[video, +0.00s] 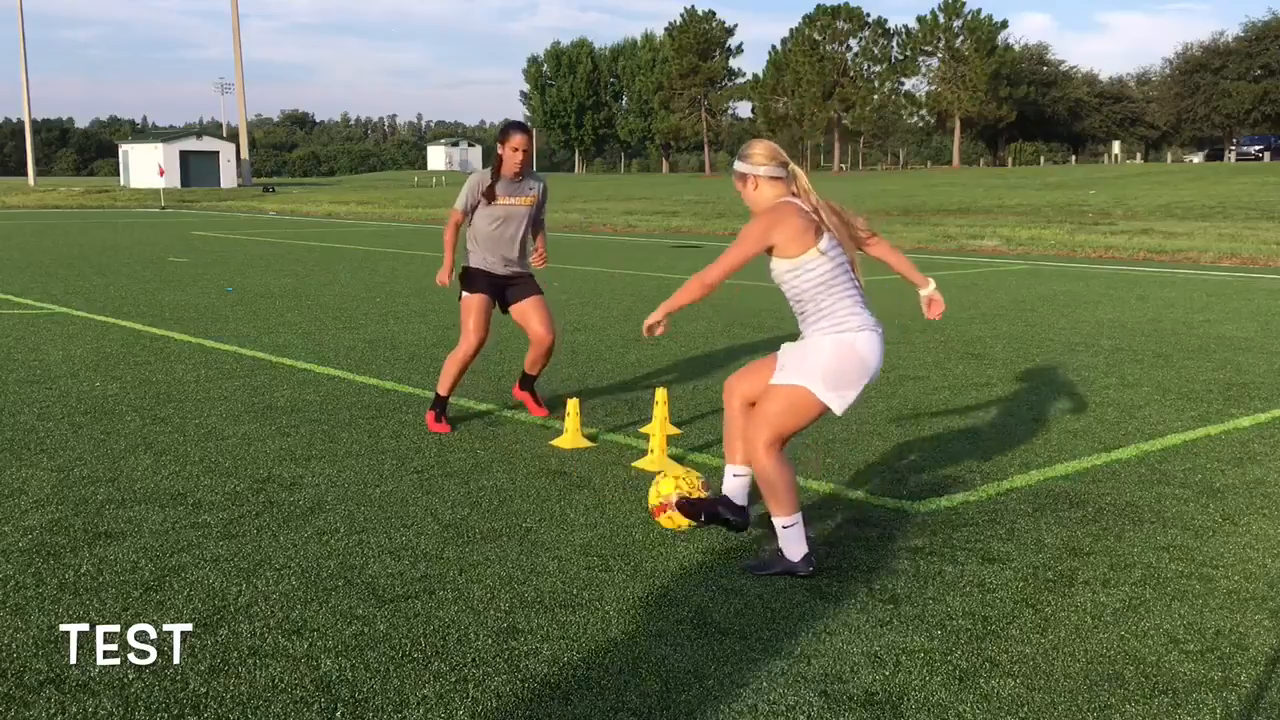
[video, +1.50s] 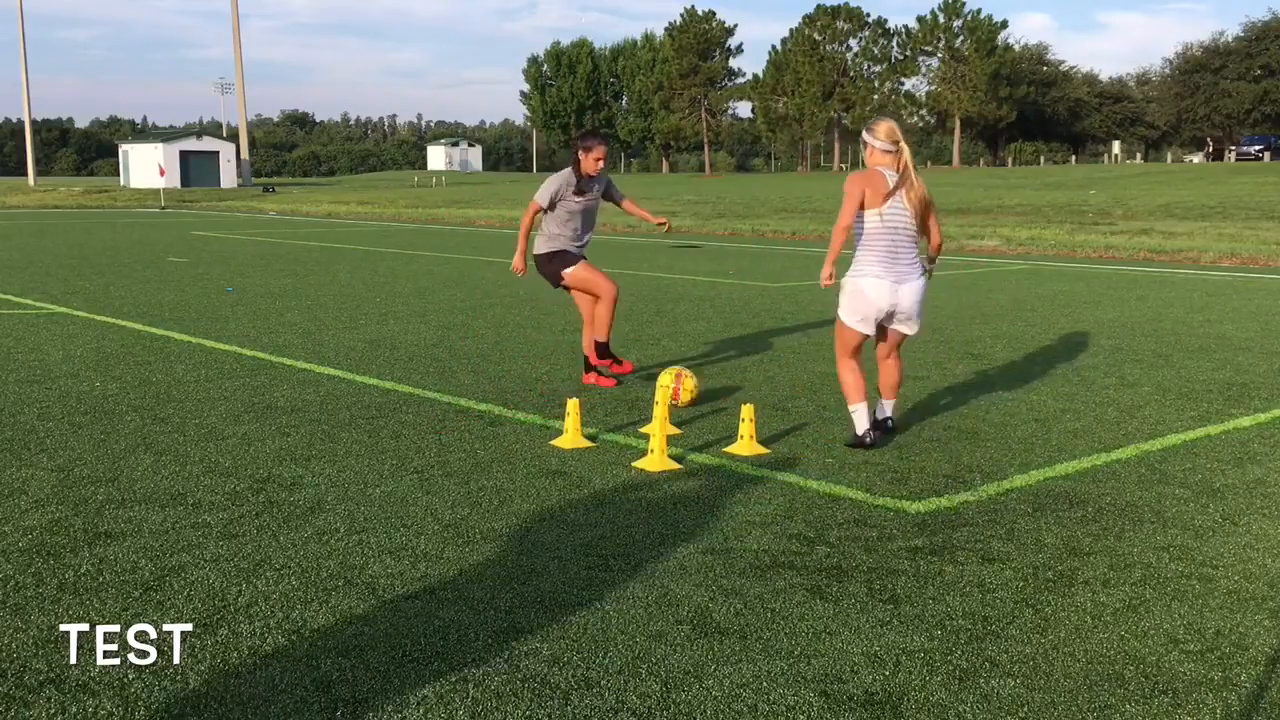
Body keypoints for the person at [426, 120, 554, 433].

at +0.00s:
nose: (521, 157)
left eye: (526, 150)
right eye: (516, 149)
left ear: (531, 152)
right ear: (501, 149)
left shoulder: (536, 186)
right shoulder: (480, 181)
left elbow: (537, 223)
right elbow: (454, 222)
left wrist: (540, 247)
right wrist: (448, 263)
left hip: (518, 273)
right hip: (480, 271)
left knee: (545, 337)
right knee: (472, 339)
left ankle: (525, 387)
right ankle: (437, 408)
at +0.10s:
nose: (529, 147)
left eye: (533, 141)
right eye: (522, 141)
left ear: (537, 141)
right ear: (508, 141)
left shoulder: (548, 175)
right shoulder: (489, 174)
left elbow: (551, 213)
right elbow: (470, 214)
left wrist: (556, 236)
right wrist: (468, 246)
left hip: (528, 268)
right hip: (491, 263)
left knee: (543, 335)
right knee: (477, 333)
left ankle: (520, 393)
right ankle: (442, 406)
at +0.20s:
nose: (536, 138)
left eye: (540, 132)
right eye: (530, 132)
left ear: (544, 134)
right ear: (515, 133)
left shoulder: (555, 166)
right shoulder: (497, 166)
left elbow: (562, 202)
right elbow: (482, 208)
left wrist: (566, 226)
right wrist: (488, 229)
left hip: (538, 258)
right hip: (500, 254)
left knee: (540, 333)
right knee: (491, 324)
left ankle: (523, 395)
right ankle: (468, 397)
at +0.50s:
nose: (559, 146)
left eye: (562, 140)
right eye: (554, 139)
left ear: (564, 144)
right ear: (536, 141)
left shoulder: (564, 174)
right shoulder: (517, 176)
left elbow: (556, 213)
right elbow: (492, 217)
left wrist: (574, 233)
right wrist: (509, 251)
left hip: (553, 262)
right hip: (521, 262)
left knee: (581, 324)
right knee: (530, 330)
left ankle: (559, 370)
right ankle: (505, 398)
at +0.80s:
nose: (587, 147)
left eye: (588, 142)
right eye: (581, 142)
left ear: (588, 143)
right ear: (564, 143)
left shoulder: (592, 173)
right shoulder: (546, 175)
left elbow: (595, 207)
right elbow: (524, 214)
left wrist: (622, 227)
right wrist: (526, 250)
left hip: (583, 259)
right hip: (552, 257)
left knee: (595, 323)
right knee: (551, 321)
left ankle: (578, 378)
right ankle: (522, 389)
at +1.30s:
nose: (602, 155)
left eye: (604, 150)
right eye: (598, 150)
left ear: (593, 148)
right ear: (580, 146)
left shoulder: (591, 172)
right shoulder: (566, 175)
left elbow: (594, 204)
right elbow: (542, 216)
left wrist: (621, 210)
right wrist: (544, 253)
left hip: (588, 252)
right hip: (567, 255)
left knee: (600, 313)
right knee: (599, 312)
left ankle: (592, 371)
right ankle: (555, 358)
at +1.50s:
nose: (602, 165)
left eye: (604, 159)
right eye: (597, 159)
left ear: (604, 158)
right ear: (580, 156)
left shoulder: (601, 180)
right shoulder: (560, 181)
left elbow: (621, 201)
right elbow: (530, 212)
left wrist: (651, 218)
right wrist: (520, 254)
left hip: (573, 253)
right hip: (551, 254)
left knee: (591, 314)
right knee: (607, 290)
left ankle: (590, 371)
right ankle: (602, 354)